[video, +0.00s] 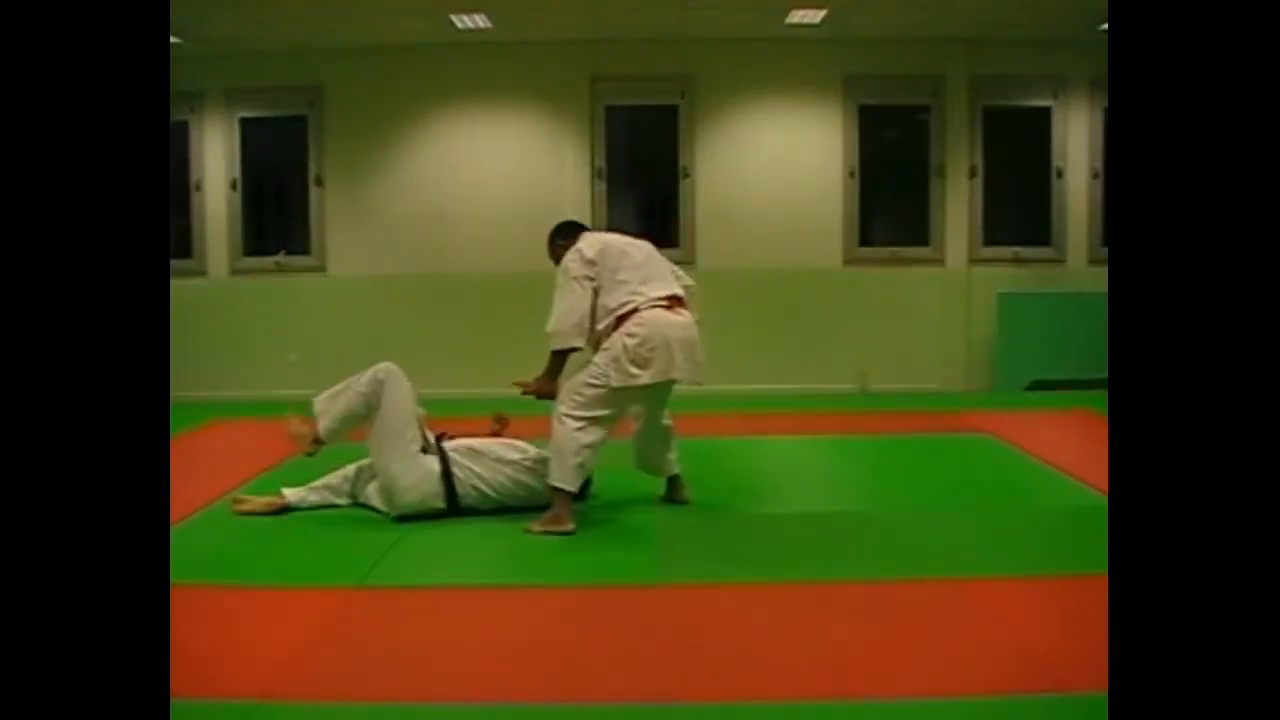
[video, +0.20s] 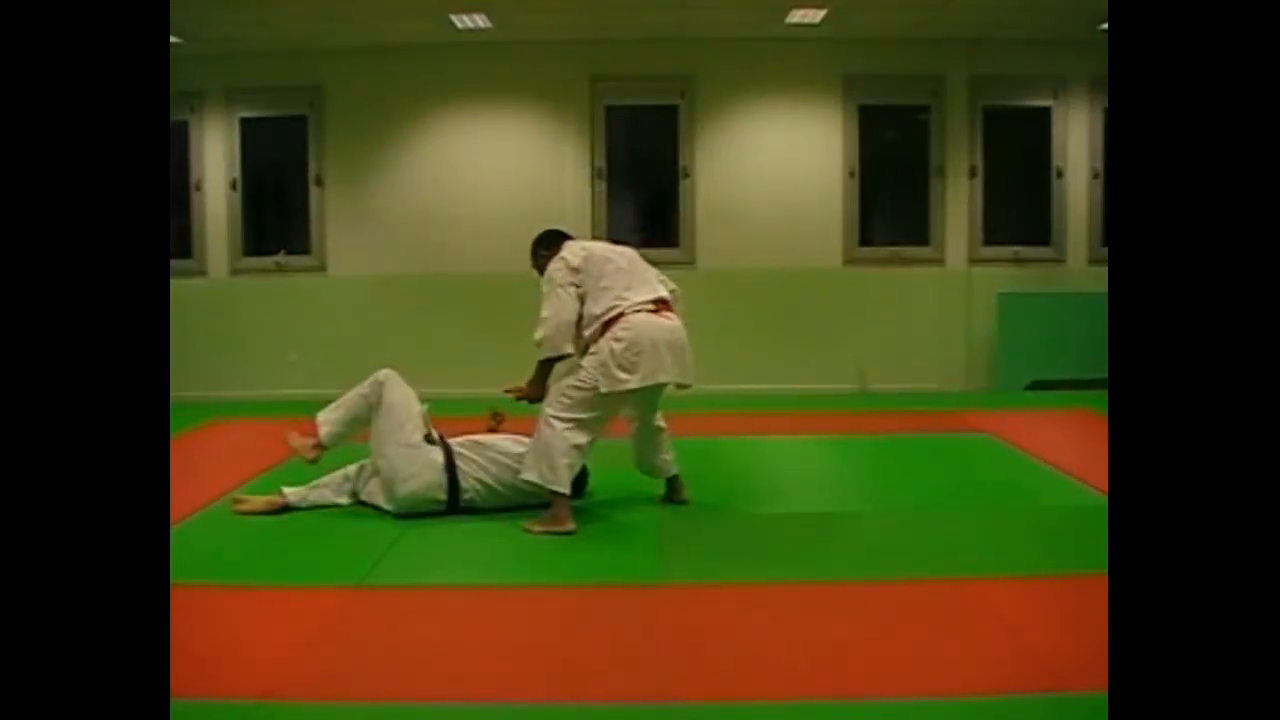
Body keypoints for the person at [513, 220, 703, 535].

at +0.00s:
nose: (560, 266)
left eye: (558, 259)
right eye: (556, 261)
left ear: (564, 245)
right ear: (585, 233)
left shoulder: (577, 255)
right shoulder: (635, 246)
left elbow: (568, 325)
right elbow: (683, 283)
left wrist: (548, 379)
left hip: (640, 332)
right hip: (683, 329)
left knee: (573, 409)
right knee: (653, 412)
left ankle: (560, 511)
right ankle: (674, 482)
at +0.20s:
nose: (544, 276)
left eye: (542, 269)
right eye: (541, 272)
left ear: (548, 255)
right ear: (570, 241)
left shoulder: (562, 263)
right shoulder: (620, 252)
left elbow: (557, 330)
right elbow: (669, 290)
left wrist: (537, 385)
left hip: (628, 336)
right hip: (671, 332)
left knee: (561, 412)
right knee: (647, 413)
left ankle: (559, 511)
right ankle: (674, 483)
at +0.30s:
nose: (534, 286)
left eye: (531, 280)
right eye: (530, 283)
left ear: (537, 267)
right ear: (559, 251)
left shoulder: (553, 271)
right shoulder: (599, 262)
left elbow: (553, 331)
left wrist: (534, 385)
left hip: (626, 336)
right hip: (668, 332)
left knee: (556, 414)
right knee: (644, 415)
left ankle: (559, 512)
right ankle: (674, 484)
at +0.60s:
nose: (526, 298)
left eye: (523, 291)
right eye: (523, 294)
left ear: (530, 278)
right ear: (549, 264)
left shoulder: (548, 280)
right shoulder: (585, 275)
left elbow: (555, 332)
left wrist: (531, 385)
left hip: (625, 343)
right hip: (665, 338)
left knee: (551, 415)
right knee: (638, 415)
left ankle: (558, 513)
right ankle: (675, 485)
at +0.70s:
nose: (526, 300)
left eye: (523, 293)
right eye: (522, 295)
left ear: (530, 280)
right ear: (550, 266)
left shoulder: (548, 281)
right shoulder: (585, 277)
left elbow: (553, 333)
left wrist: (529, 387)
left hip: (624, 345)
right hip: (664, 340)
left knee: (548, 417)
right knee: (637, 416)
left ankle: (558, 513)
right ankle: (674, 485)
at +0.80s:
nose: (526, 299)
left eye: (523, 291)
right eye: (522, 294)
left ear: (530, 279)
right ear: (552, 266)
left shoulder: (547, 281)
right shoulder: (586, 277)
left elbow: (553, 333)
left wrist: (528, 387)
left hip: (624, 345)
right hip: (664, 340)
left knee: (548, 417)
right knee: (637, 416)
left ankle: (558, 513)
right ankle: (674, 485)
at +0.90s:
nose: (526, 293)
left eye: (524, 286)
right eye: (523, 289)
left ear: (531, 274)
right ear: (553, 260)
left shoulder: (546, 278)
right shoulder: (587, 272)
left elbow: (549, 332)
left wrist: (527, 388)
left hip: (621, 342)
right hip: (663, 337)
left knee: (547, 416)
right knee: (637, 415)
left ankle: (558, 513)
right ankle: (674, 484)